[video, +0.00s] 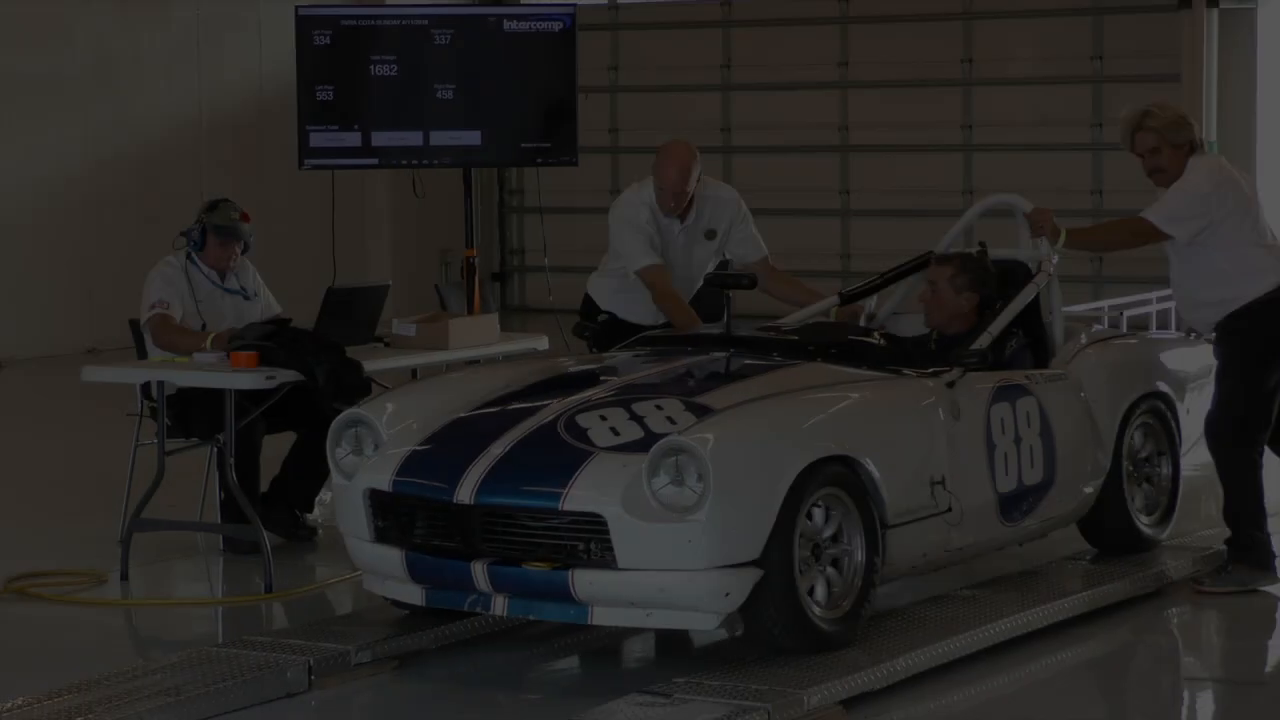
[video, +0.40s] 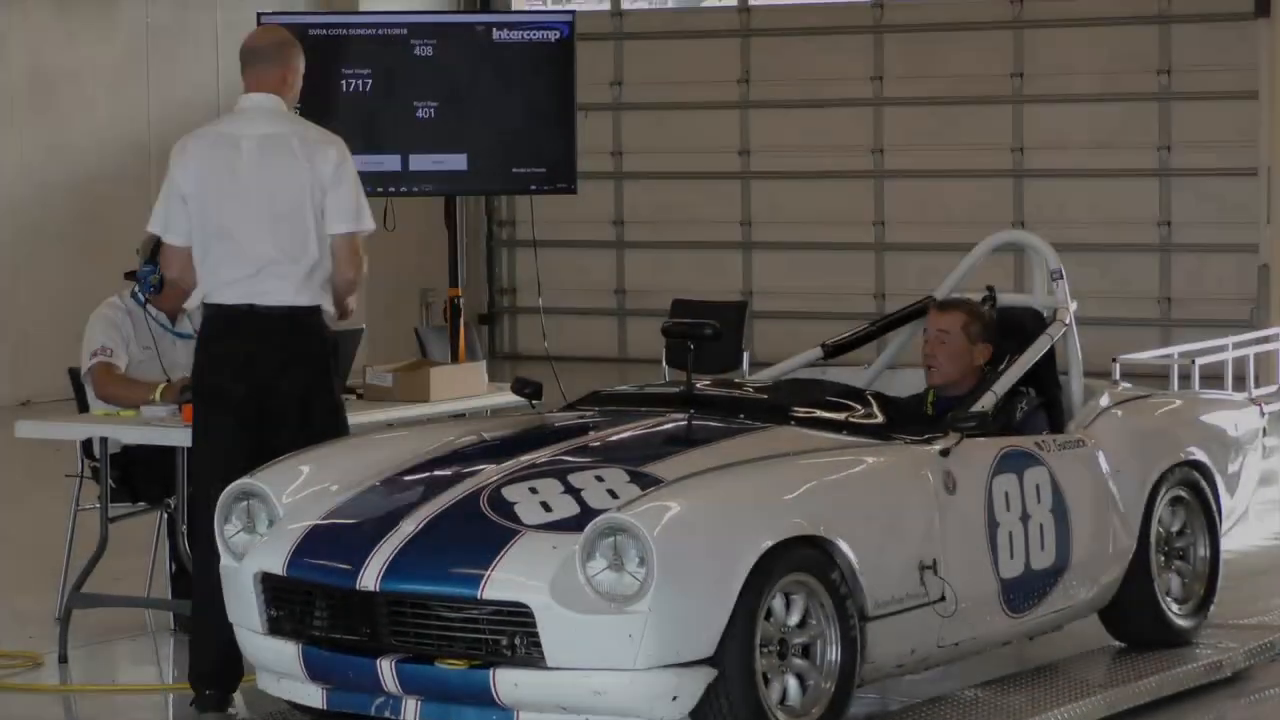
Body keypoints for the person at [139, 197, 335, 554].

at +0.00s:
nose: (233, 252)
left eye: (239, 244)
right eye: (223, 242)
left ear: (245, 245)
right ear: (200, 238)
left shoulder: (244, 272)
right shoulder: (168, 274)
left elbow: (276, 324)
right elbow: (161, 333)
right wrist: (213, 341)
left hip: (247, 392)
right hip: (185, 395)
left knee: (328, 412)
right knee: (242, 418)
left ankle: (283, 509)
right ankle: (240, 528)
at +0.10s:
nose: (226, 270)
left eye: (233, 263)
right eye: (218, 260)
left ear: (240, 263)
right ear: (197, 253)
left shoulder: (239, 288)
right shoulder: (162, 290)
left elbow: (270, 340)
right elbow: (155, 350)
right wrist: (206, 359)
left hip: (237, 408)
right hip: (179, 411)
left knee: (312, 422)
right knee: (238, 436)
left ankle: (272, 522)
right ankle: (232, 544)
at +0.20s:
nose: (184, 257)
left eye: (190, 248)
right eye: (173, 247)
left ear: (198, 249)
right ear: (148, 247)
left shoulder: (202, 285)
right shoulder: (115, 288)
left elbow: (236, 342)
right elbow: (108, 355)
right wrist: (167, 363)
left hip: (201, 416)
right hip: (137, 421)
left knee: (261, 441)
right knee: (203, 454)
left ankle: (250, 566)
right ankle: (197, 578)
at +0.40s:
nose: (192, 281)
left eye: (192, 272)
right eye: (181, 272)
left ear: (195, 276)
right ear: (153, 275)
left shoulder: (197, 320)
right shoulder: (114, 316)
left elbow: (225, 367)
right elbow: (104, 384)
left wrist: (213, 389)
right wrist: (165, 392)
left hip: (190, 444)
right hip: (128, 449)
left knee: (233, 473)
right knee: (195, 479)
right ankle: (188, 601)